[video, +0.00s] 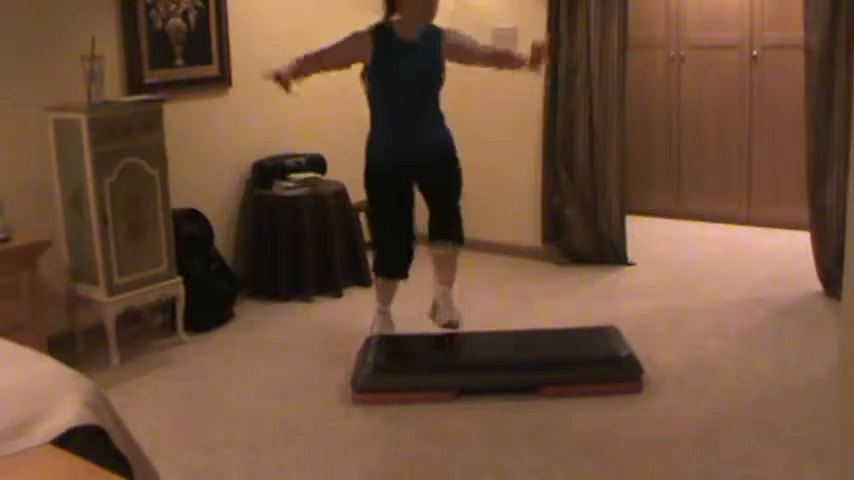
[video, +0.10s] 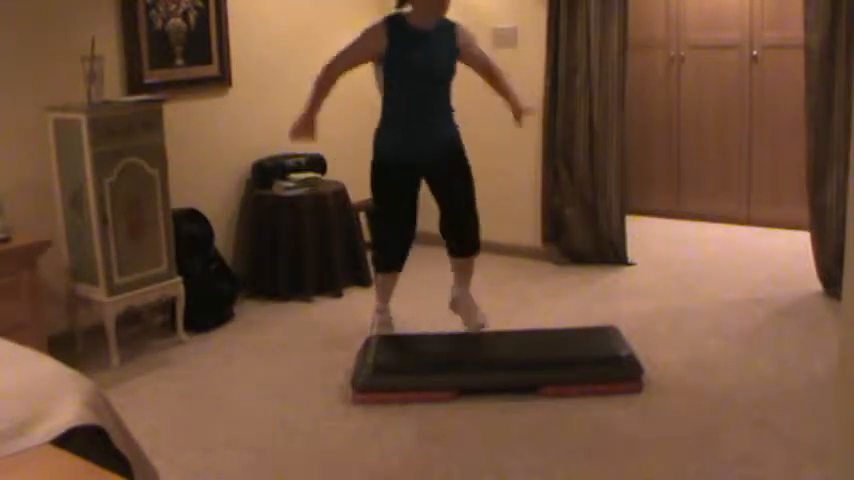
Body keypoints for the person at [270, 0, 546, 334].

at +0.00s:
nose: (433, 5)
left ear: (433, 5)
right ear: (402, 3)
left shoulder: (441, 40)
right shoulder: (371, 41)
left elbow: (484, 55)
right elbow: (323, 59)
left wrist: (524, 60)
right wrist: (291, 72)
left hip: (434, 149)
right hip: (387, 152)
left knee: (447, 226)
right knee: (391, 238)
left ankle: (444, 299)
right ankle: (382, 316)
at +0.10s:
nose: (446, 3)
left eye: (446, 1)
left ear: (444, 5)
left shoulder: (453, 34)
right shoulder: (386, 32)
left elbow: (486, 68)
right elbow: (333, 68)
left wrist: (513, 100)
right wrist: (309, 115)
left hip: (442, 145)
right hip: (396, 147)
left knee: (464, 224)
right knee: (393, 232)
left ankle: (462, 295)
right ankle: (382, 313)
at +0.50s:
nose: (494, 2)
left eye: (497, 1)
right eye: (489, 0)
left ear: (500, 1)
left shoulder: (509, 27)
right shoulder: (450, 27)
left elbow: (543, 57)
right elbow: (399, 65)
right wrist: (388, 102)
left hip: (489, 139)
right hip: (450, 138)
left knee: (491, 218)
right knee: (476, 213)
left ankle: (475, 301)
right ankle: (471, 304)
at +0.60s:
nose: (510, 2)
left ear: (514, 2)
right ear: (487, 0)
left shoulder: (521, 28)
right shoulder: (466, 29)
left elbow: (555, 40)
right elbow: (407, 59)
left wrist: (589, 40)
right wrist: (414, 48)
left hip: (494, 145)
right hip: (459, 145)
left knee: (479, 225)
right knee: (510, 205)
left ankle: (463, 306)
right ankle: (529, 300)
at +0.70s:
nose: (525, 5)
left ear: (530, 4)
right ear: (497, 4)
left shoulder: (534, 38)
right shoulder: (482, 40)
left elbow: (587, 34)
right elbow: (434, 50)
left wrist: (625, 10)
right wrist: (435, 28)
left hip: (505, 161)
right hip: (473, 161)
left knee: (483, 235)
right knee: (531, 217)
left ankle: (462, 309)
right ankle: (550, 310)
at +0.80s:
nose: (534, 0)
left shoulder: (550, 26)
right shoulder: (497, 31)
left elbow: (599, 26)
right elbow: (450, 49)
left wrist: (635, 7)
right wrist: (459, 19)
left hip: (519, 152)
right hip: (488, 152)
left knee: (504, 230)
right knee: (546, 214)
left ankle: (471, 299)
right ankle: (553, 312)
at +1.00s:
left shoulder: (574, 6)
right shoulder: (510, 8)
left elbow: (603, 33)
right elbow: (460, 50)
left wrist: (632, 66)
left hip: (541, 123)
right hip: (504, 124)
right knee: (538, 207)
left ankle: (526, 254)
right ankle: (552, 309)